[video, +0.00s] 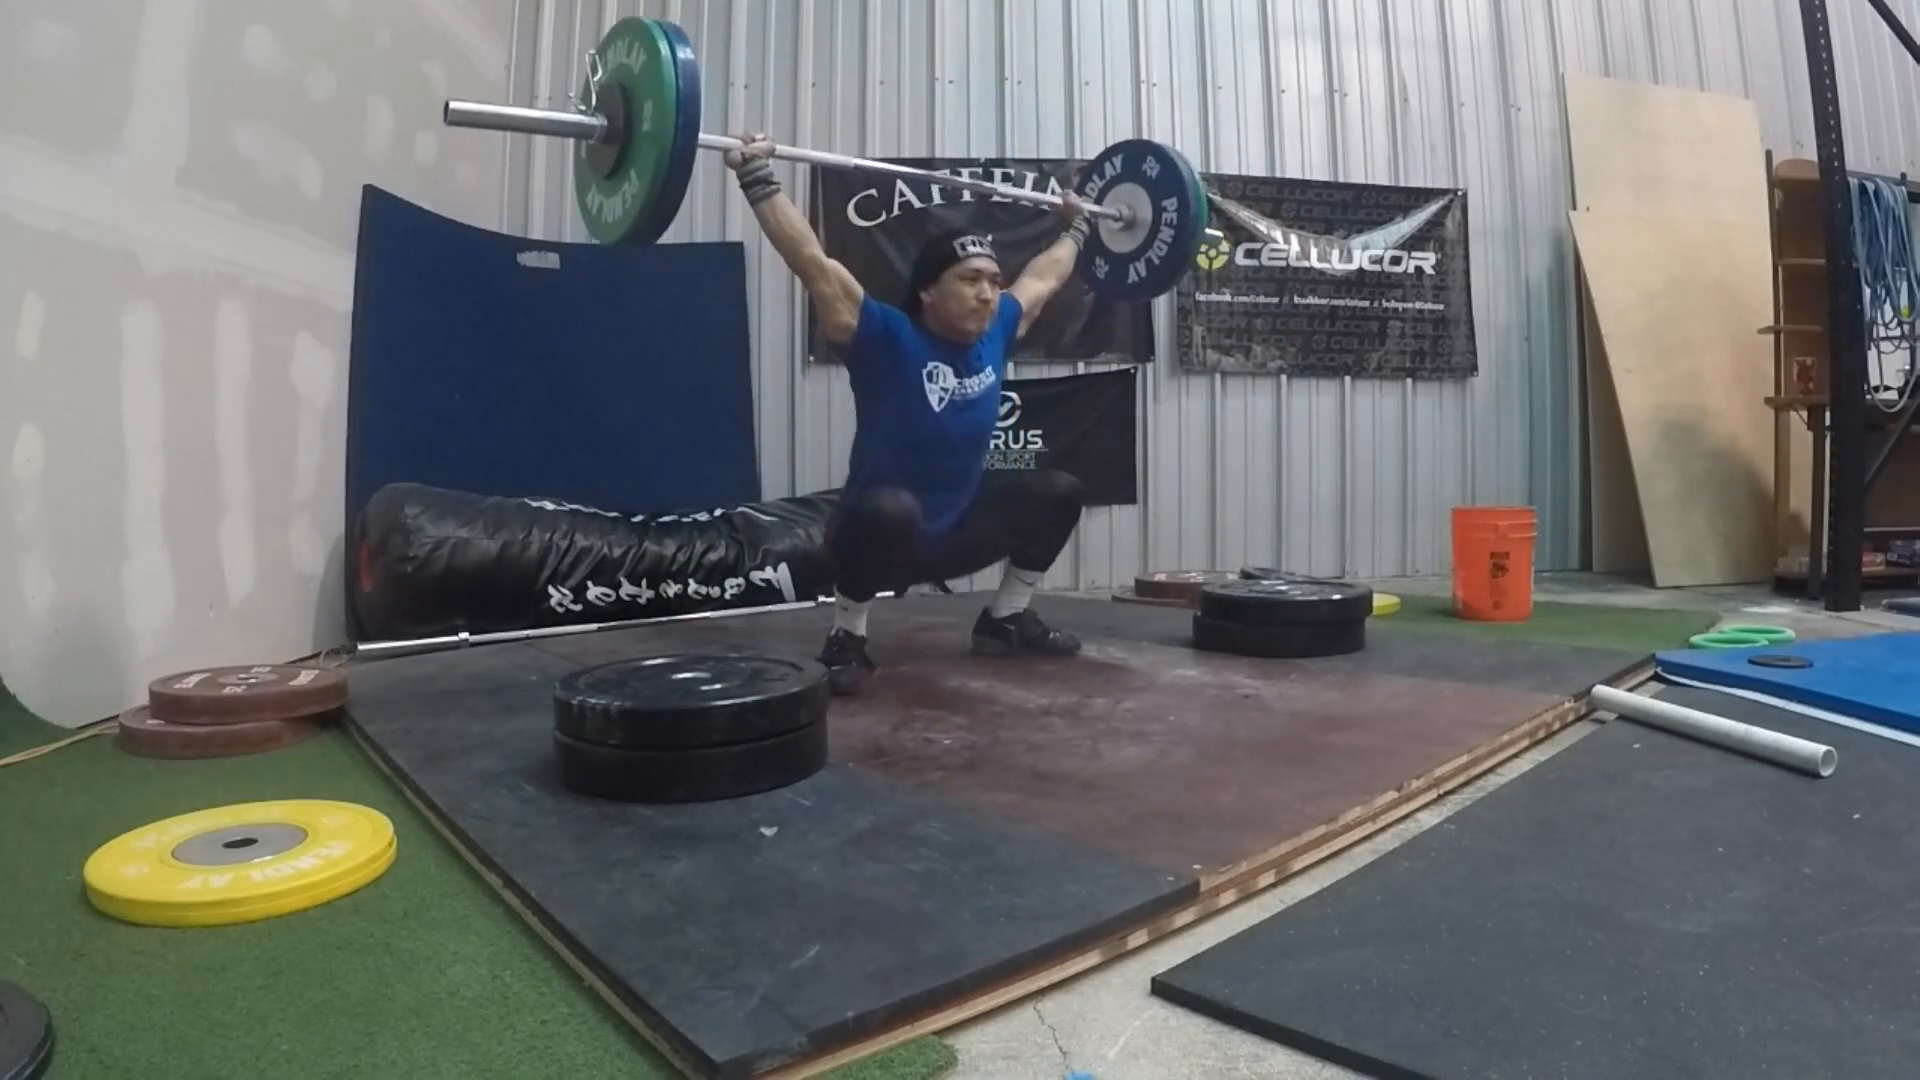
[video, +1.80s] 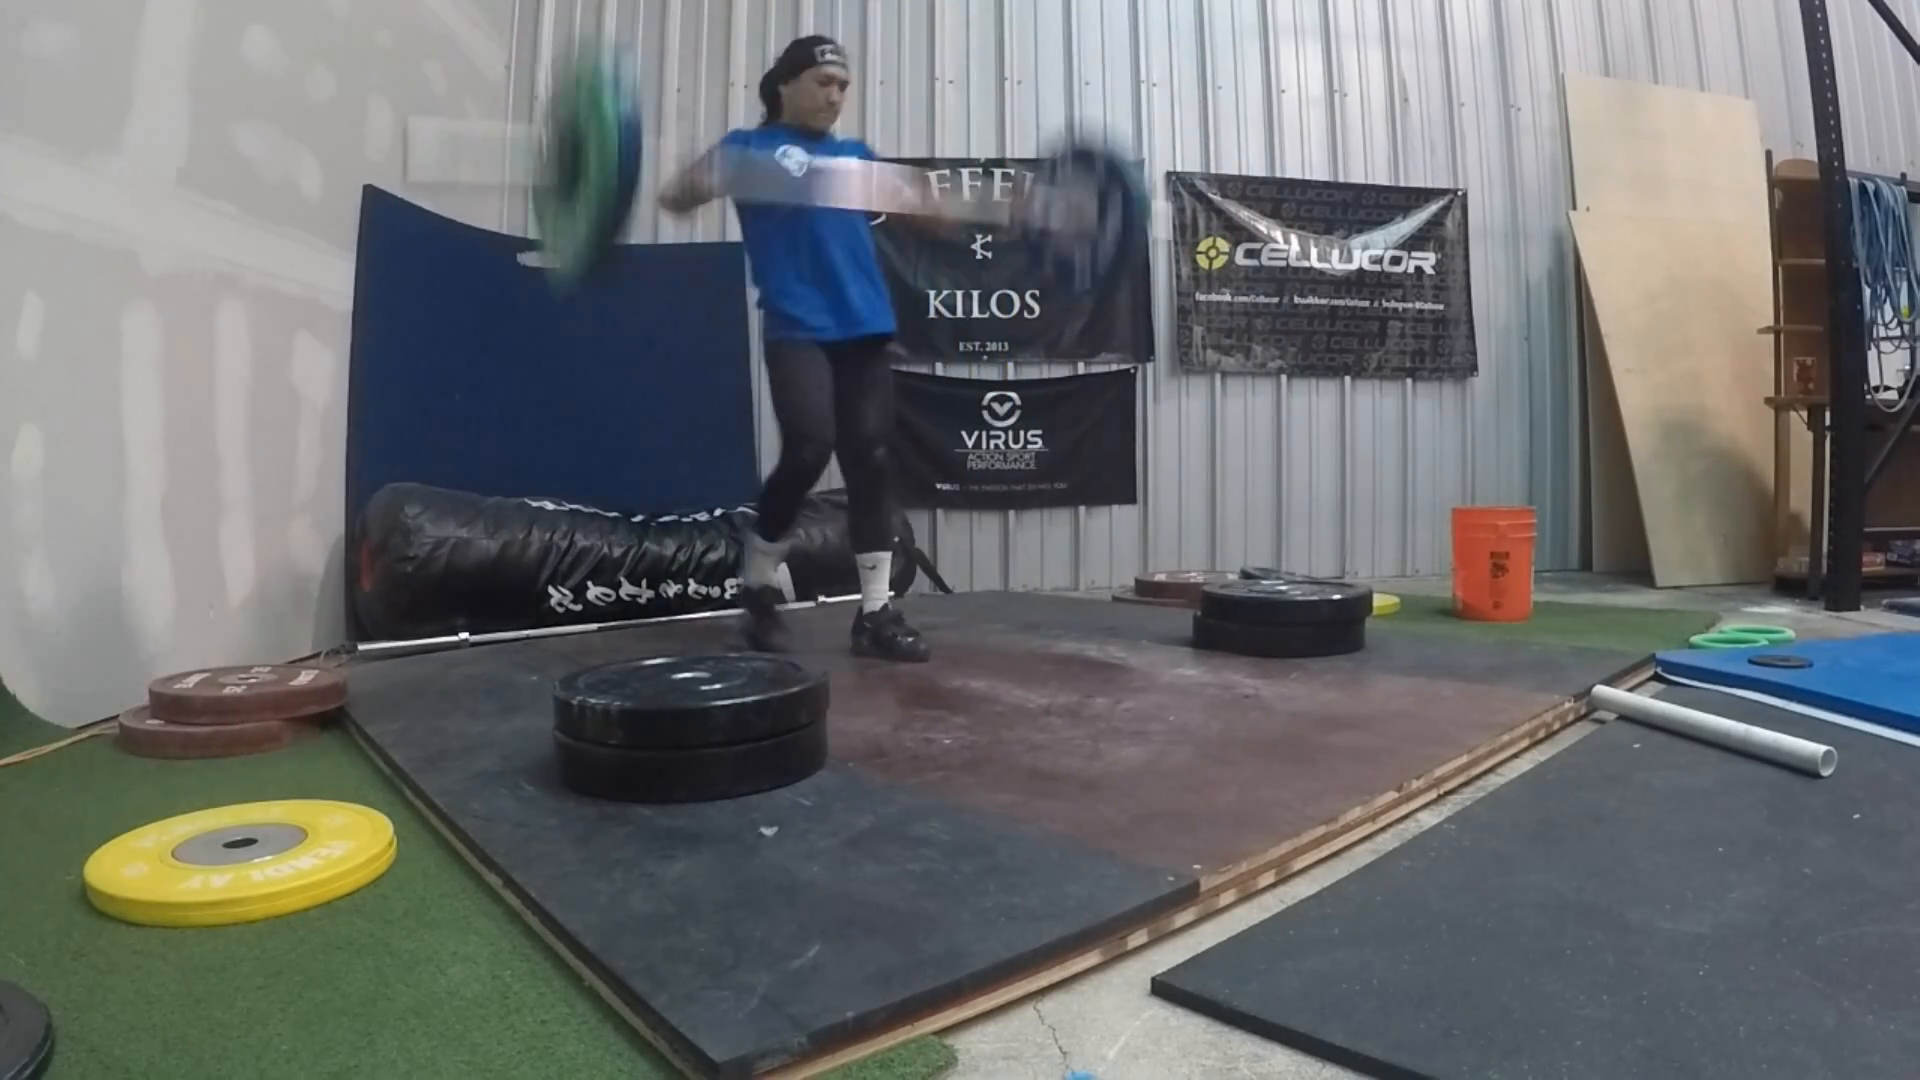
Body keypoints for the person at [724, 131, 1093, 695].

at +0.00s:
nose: (986, 294)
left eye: (991, 283)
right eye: (970, 280)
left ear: (998, 293)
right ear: (927, 295)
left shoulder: (993, 335)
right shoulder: (881, 337)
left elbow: (1042, 279)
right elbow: (815, 267)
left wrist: (1075, 228)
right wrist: (757, 179)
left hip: (957, 535)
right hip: (883, 538)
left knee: (1058, 494)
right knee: (888, 507)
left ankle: (1005, 617)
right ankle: (847, 636)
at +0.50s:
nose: (998, 194)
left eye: (1001, 184)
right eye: (982, 182)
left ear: (1006, 200)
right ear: (938, 197)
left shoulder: (1006, 247)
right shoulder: (890, 244)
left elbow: (1052, 192)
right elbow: (820, 171)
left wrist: (1080, 148)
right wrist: (759, 87)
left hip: (954, 446)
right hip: (871, 439)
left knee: (1057, 487)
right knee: (895, 493)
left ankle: (1006, 616)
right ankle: (846, 633)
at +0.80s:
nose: (980, 126)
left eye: (985, 113)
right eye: (963, 112)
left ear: (988, 127)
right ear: (919, 125)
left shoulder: (987, 176)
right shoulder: (872, 173)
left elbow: (1034, 132)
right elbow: (802, 100)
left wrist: (1066, 89)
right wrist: (740, 20)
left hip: (943, 395)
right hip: (863, 392)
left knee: (1041, 480)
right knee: (890, 488)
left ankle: (1005, 615)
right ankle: (838, 629)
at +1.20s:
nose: (923, 41)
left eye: (929, 29)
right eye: (910, 25)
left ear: (931, 41)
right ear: (864, 30)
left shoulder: (935, 88)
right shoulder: (820, 76)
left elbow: (988, 42)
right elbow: (762, 12)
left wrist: (1030, 6)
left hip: (910, 318)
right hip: (830, 316)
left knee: (940, 456)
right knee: (835, 458)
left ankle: (901, 588)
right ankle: (824, 627)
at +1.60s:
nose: (863, 79)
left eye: (870, 69)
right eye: (849, 67)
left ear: (874, 75)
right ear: (809, 72)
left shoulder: (887, 131)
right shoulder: (777, 126)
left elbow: (958, 106)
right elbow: (702, 82)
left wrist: (1004, 51)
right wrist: (690, 8)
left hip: (897, 331)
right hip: (824, 332)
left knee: (901, 468)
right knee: (828, 463)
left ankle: (880, 614)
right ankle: (822, 629)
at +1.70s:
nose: (846, 91)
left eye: (852, 81)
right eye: (832, 78)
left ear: (856, 86)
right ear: (792, 82)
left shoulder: (869, 144)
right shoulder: (763, 139)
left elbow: (938, 161)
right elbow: (683, 140)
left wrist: (996, 117)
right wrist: (691, 66)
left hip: (883, 328)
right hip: (812, 330)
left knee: (883, 465)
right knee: (817, 454)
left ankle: (879, 614)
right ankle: (805, 612)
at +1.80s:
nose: (835, 96)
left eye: (841, 86)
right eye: (823, 83)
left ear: (846, 93)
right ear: (783, 88)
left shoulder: (855, 156)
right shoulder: (746, 148)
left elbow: (928, 215)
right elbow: (675, 201)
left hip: (866, 328)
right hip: (796, 329)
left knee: (870, 459)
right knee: (809, 449)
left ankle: (878, 612)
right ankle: (757, 585)